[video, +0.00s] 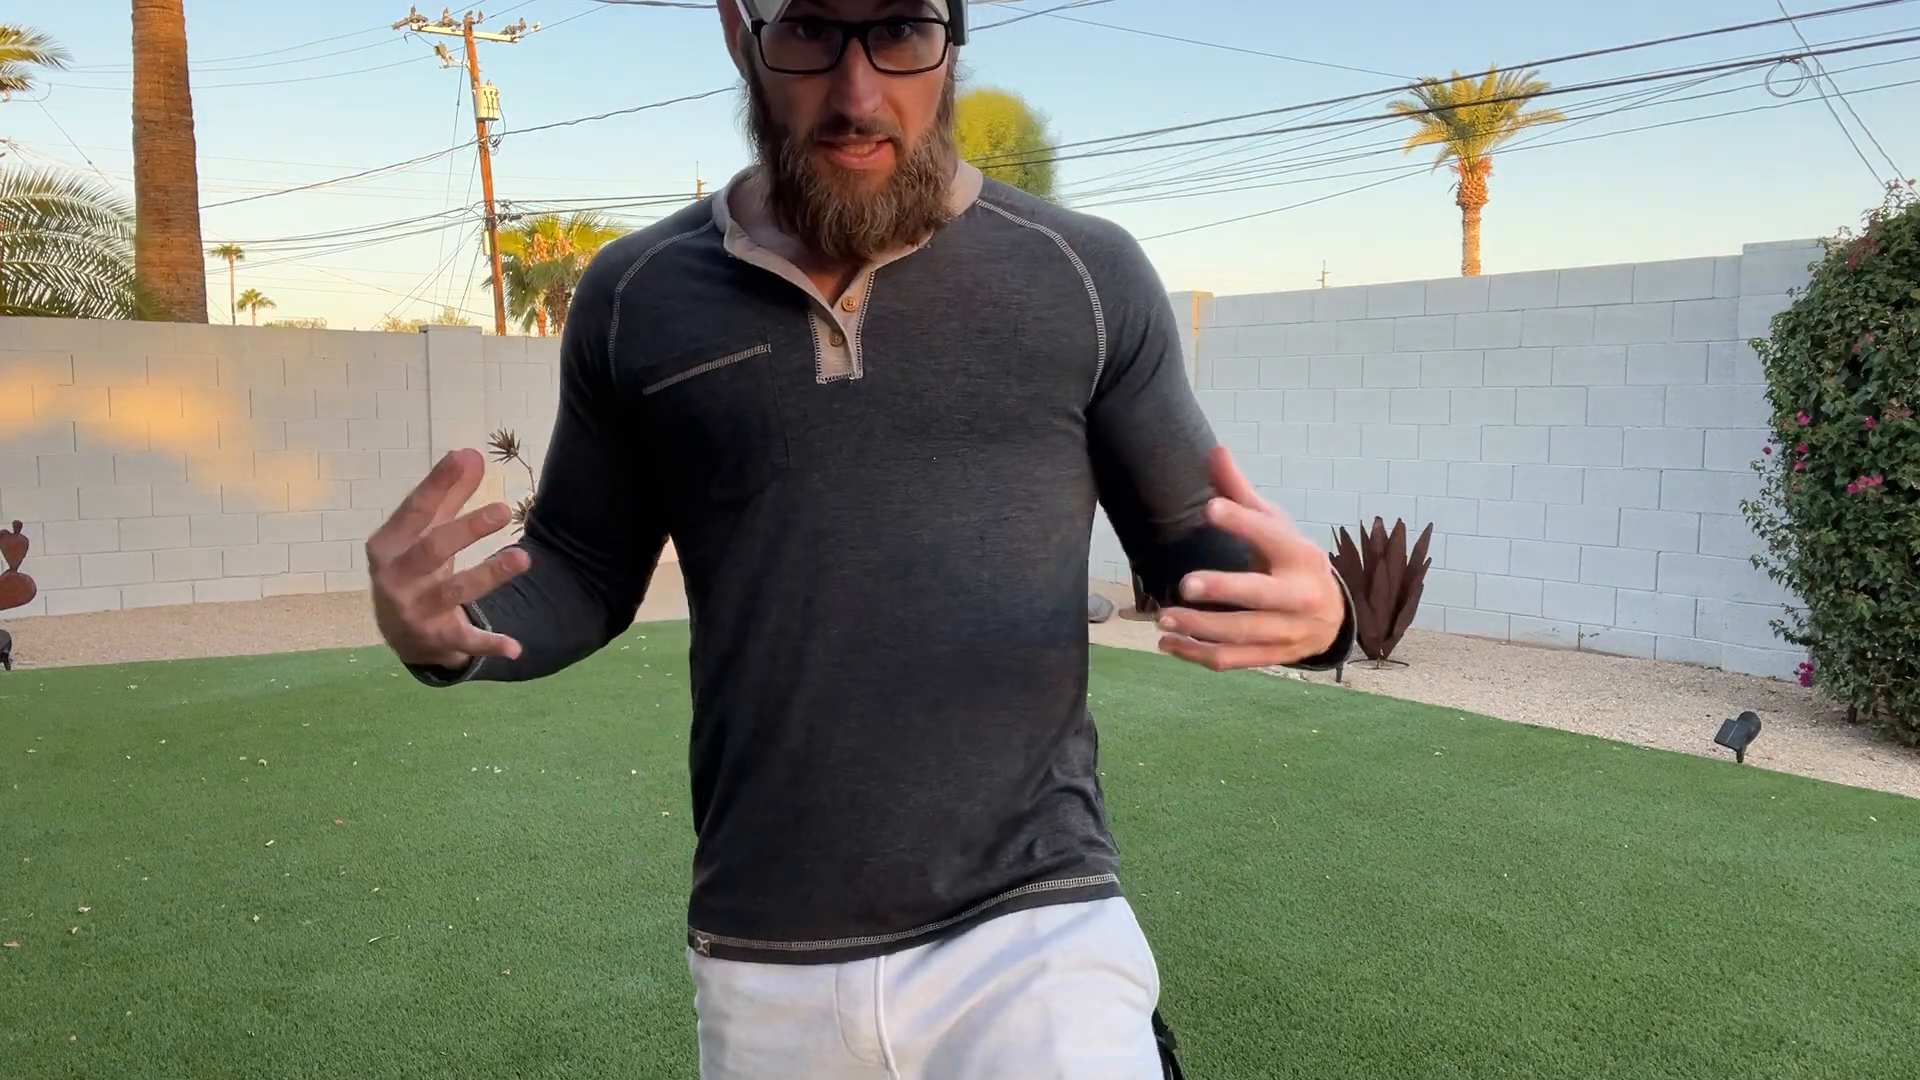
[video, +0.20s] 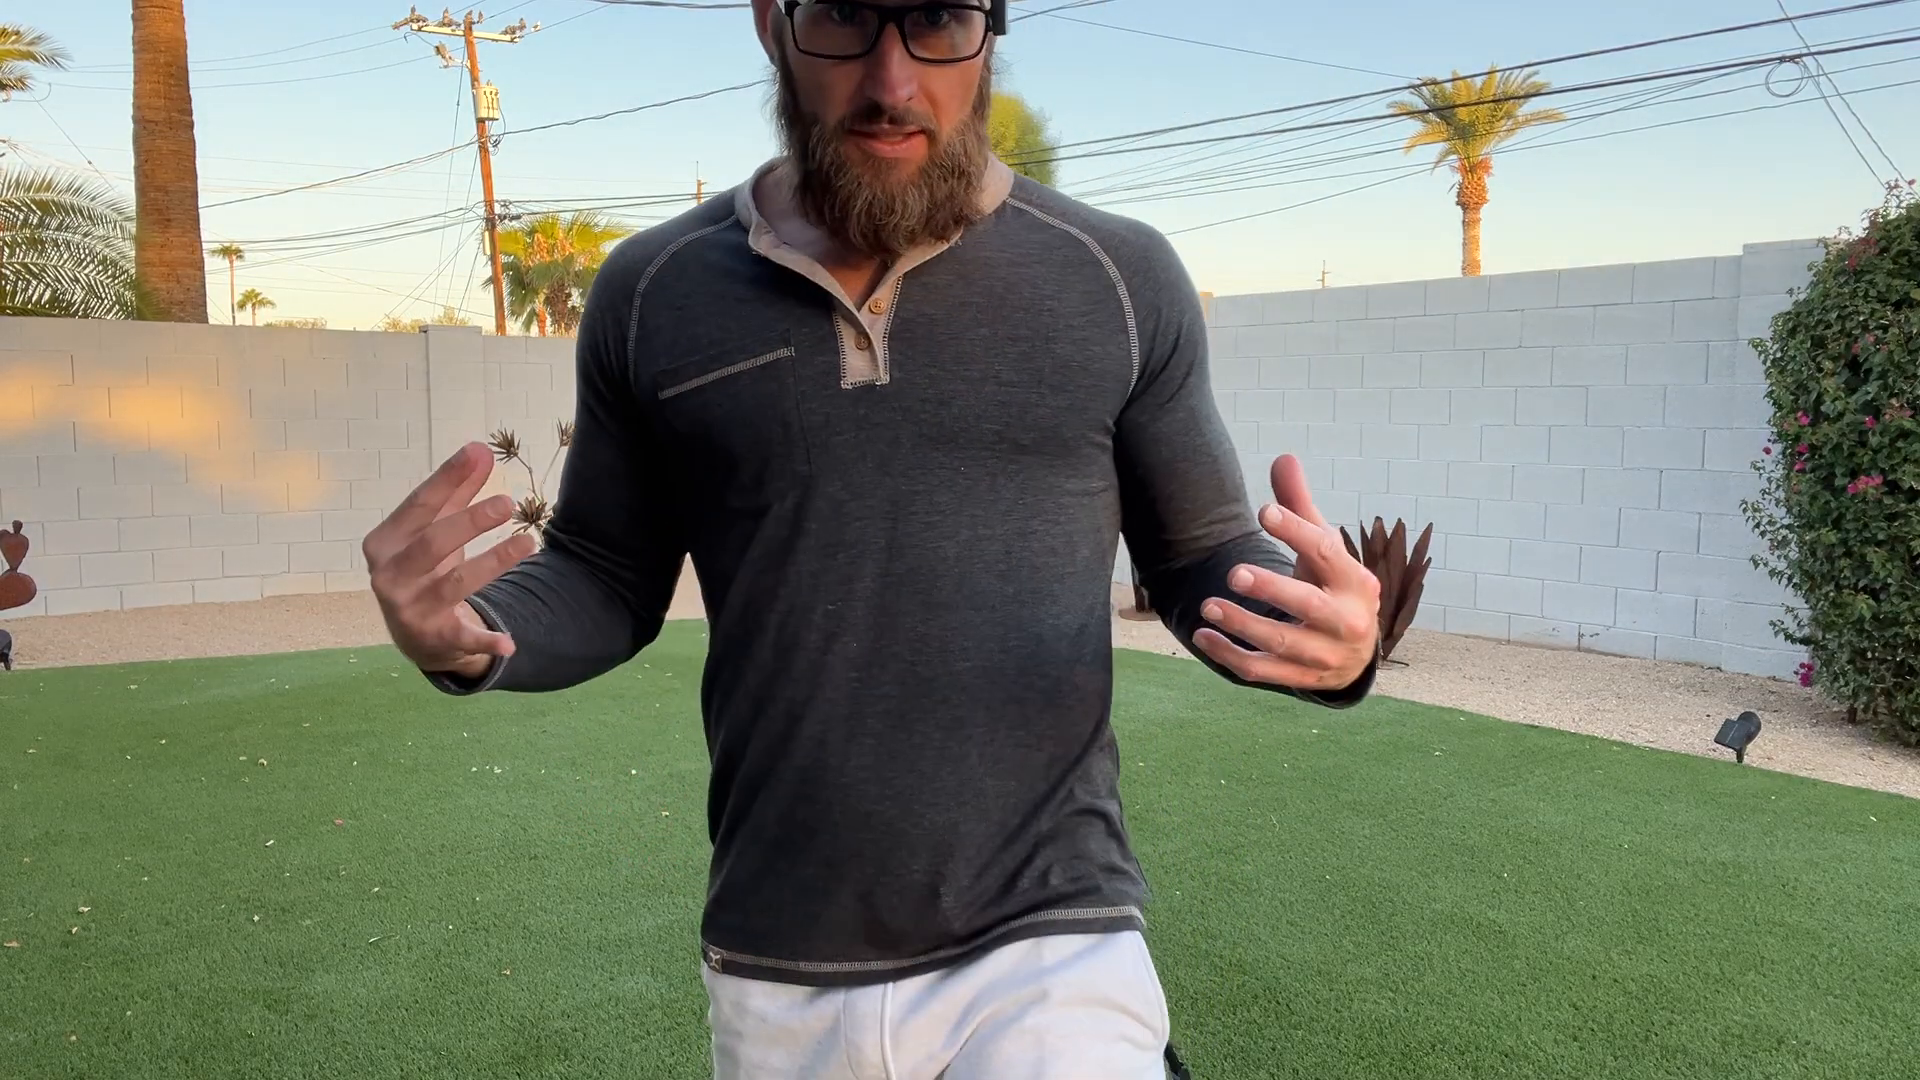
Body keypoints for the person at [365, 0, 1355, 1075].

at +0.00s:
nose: (856, 89)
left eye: (900, 38)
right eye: (808, 40)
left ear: (953, 47)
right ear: (742, 46)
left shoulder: (1085, 275)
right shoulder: (638, 302)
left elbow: (1193, 551)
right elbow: (579, 563)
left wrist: (1315, 609)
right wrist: (442, 633)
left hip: (1034, 934)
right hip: (766, 960)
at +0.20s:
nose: (890, 78)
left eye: (938, 30)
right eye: (841, 28)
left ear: (990, 42)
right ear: (774, 32)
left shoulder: (1120, 281)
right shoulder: (652, 296)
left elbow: (1205, 564)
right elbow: (603, 567)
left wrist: (1347, 646)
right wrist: (463, 635)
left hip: (1047, 949)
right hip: (779, 971)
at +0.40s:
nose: (957, 67)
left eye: (1004, 15)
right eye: (905, 18)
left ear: (1057, 30)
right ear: (837, 27)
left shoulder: (1190, 280)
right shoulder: (697, 289)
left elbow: (1289, 591)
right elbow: (637, 596)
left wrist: (1392, 705)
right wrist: (525, 702)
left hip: (1110, 1006)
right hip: (810, 1013)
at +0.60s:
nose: (1064, 42)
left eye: (1109, 3)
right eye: (1019, 1)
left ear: (1168, 24)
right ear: (942, 14)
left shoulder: (1289, 286)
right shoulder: (760, 269)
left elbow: (1369, 647)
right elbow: (678, 592)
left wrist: (1311, 927)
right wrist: (752, 789)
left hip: (1177, 1030)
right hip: (870, 1033)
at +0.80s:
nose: (1176, 14)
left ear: (1291, 13)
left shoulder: (1407, 298)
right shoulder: (849, 236)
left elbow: (1395, 720)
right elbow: (762, 617)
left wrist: (1249, 1057)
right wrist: (1096, 719)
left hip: (1224, 1034)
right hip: (908, 1035)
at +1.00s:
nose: (1246, 19)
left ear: (1367, 6)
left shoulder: (1469, 309)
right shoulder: (897, 200)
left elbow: (1426, 783)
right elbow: (784, 585)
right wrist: (1111, 696)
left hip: (1254, 1045)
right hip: (916, 1021)